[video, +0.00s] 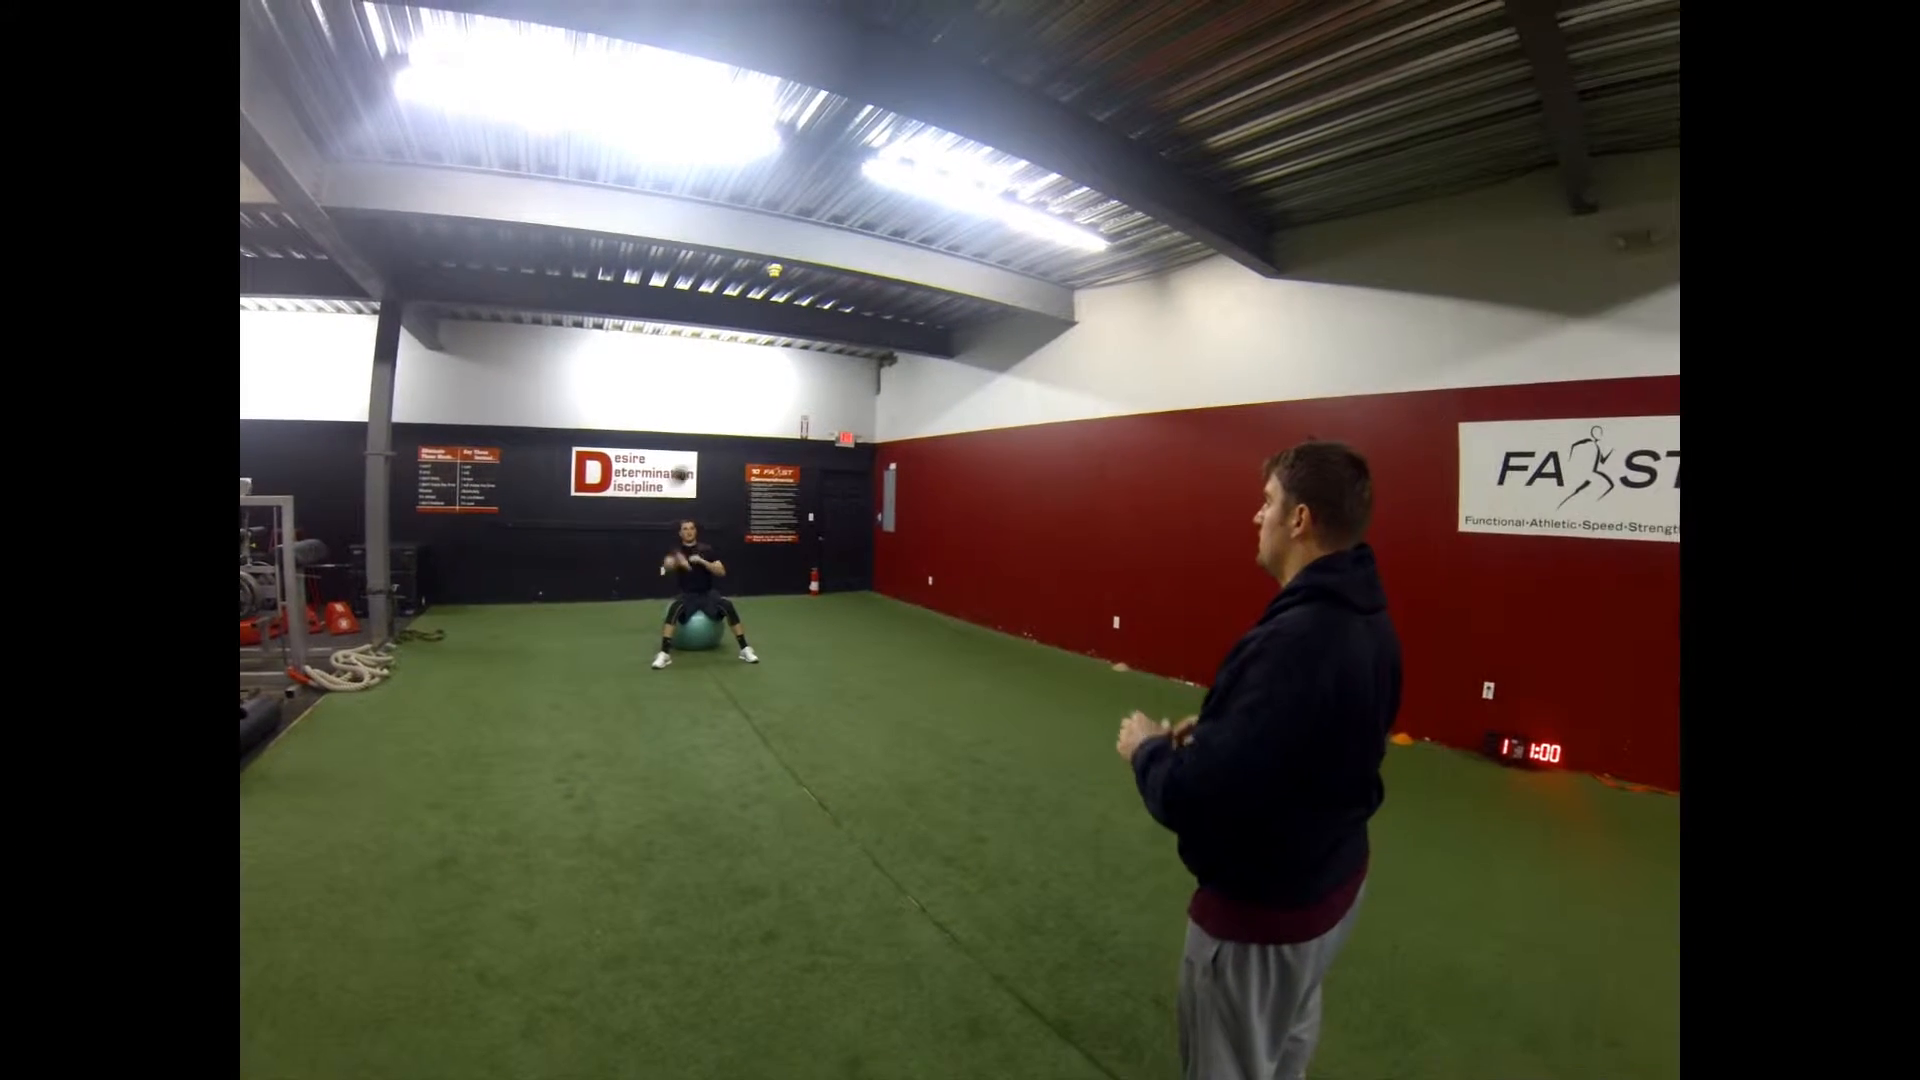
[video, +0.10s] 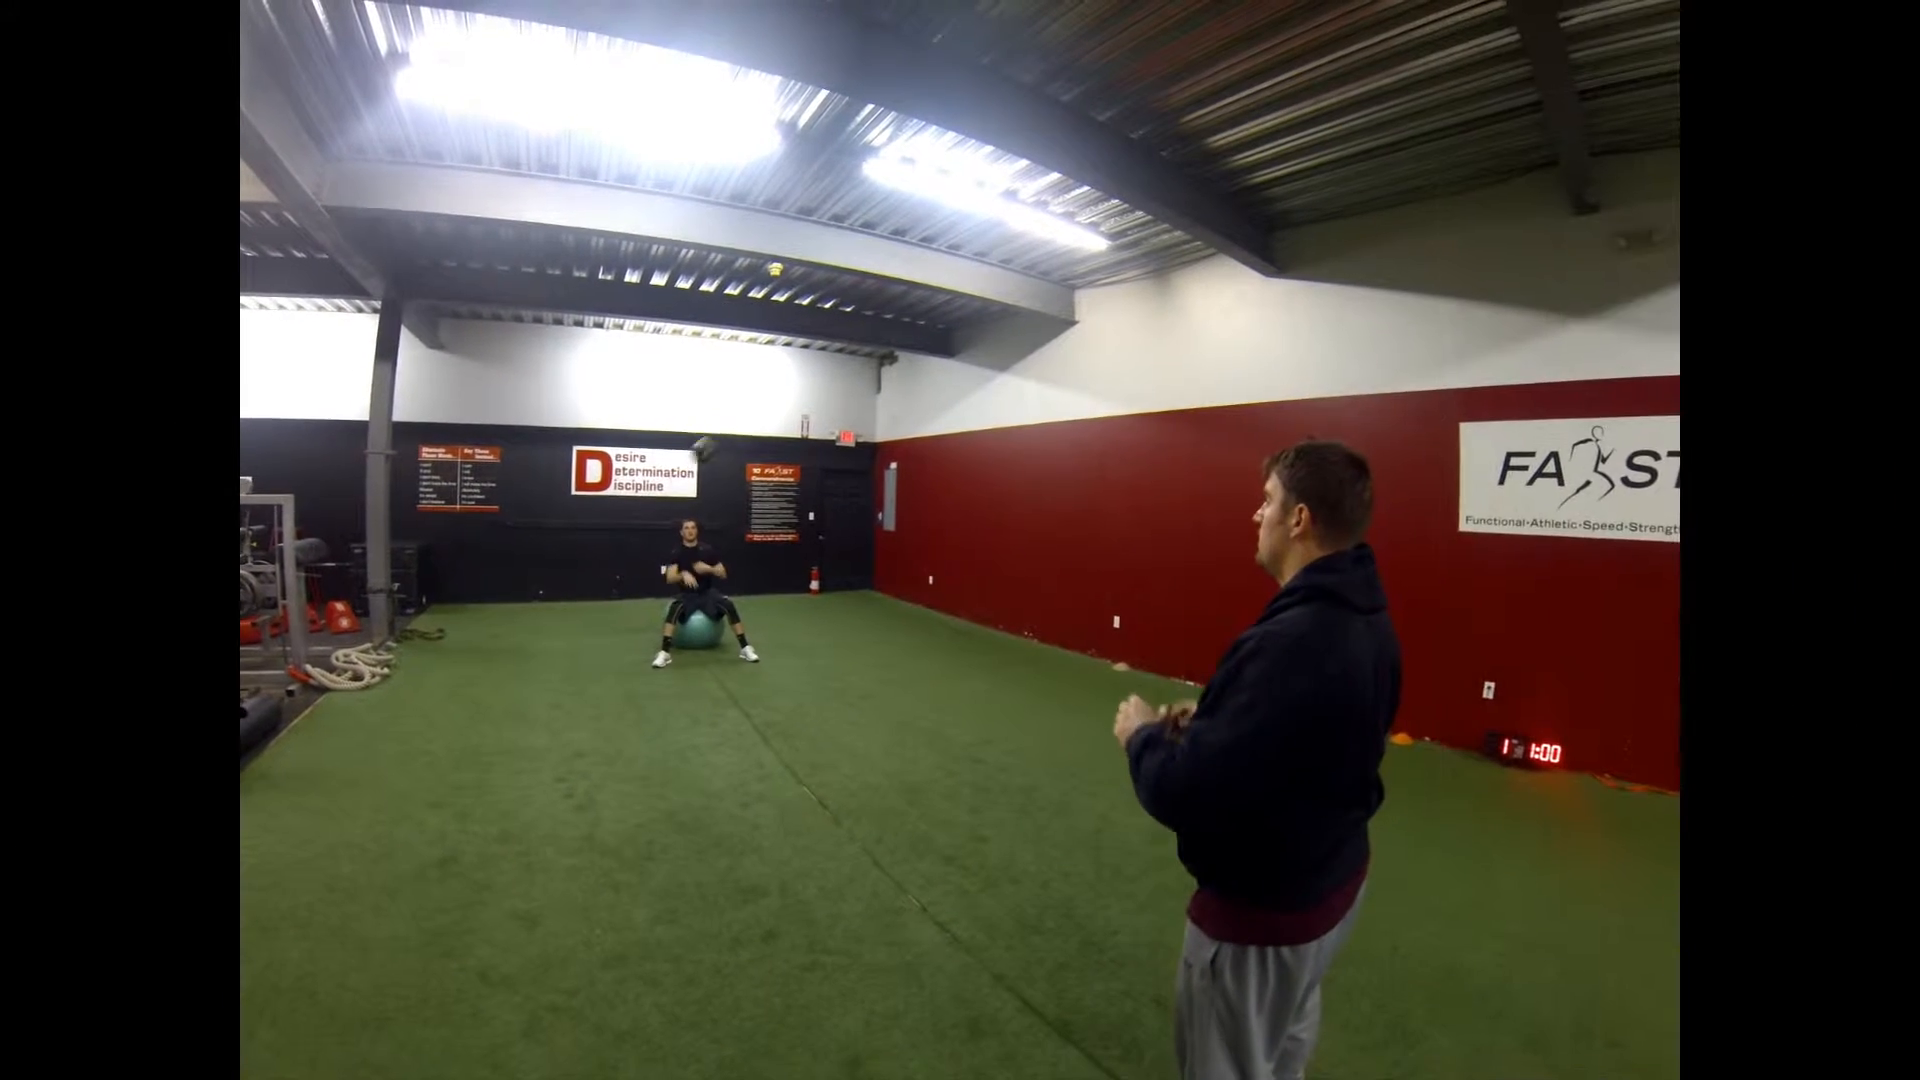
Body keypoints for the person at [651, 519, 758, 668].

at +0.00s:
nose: (689, 532)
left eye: (691, 529)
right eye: (685, 529)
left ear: (696, 531)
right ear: (680, 533)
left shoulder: (706, 549)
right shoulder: (677, 552)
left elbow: (721, 571)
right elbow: (668, 564)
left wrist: (702, 562)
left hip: (708, 594)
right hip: (687, 595)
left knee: (727, 606)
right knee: (674, 608)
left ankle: (745, 649)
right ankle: (664, 653)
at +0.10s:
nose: (690, 531)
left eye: (692, 528)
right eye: (686, 528)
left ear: (697, 531)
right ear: (681, 532)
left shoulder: (707, 550)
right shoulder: (676, 552)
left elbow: (723, 573)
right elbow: (670, 577)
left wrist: (708, 569)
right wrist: (683, 575)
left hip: (708, 593)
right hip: (687, 594)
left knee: (728, 605)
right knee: (675, 607)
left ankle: (745, 647)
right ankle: (664, 652)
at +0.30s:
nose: (691, 540)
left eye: (693, 537)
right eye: (687, 537)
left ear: (697, 540)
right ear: (682, 541)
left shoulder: (706, 559)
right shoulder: (675, 563)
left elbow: (714, 577)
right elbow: (668, 586)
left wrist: (713, 585)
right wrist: (679, 592)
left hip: (705, 601)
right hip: (686, 602)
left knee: (726, 607)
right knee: (673, 609)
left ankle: (745, 650)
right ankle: (664, 655)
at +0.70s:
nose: (687, 544)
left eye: (689, 541)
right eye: (683, 540)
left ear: (693, 543)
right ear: (677, 543)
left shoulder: (700, 562)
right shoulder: (669, 563)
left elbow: (709, 586)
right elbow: (659, 588)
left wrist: (702, 589)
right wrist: (673, 592)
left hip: (697, 604)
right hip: (677, 604)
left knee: (719, 610)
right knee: (666, 611)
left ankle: (736, 654)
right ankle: (658, 659)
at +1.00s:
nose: (687, 548)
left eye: (690, 545)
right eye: (684, 545)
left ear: (694, 548)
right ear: (678, 547)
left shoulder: (702, 566)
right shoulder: (669, 567)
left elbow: (710, 588)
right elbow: (659, 590)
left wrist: (702, 596)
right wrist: (671, 598)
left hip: (697, 608)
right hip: (677, 608)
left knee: (718, 614)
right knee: (666, 615)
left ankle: (736, 657)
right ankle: (658, 662)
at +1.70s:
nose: (693, 549)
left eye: (696, 546)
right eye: (690, 546)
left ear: (699, 548)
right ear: (684, 548)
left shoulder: (707, 566)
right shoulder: (674, 567)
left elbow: (713, 590)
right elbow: (665, 592)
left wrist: (705, 599)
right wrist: (678, 599)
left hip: (702, 609)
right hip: (682, 609)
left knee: (723, 615)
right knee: (671, 617)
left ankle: (739, 658)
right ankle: (661, 662)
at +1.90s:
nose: (695, 547)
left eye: (698, 544)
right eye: (692, 544)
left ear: (701, 547)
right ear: (686, 547)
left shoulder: (710, 565)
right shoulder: (677, 567)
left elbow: (717, 588)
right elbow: (670, 592)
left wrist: (709, 598)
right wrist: (684, 599)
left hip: (706, 606)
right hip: (686, 607)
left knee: (728, 614)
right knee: (677, 617)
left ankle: (743, 657)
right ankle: (664, 661)